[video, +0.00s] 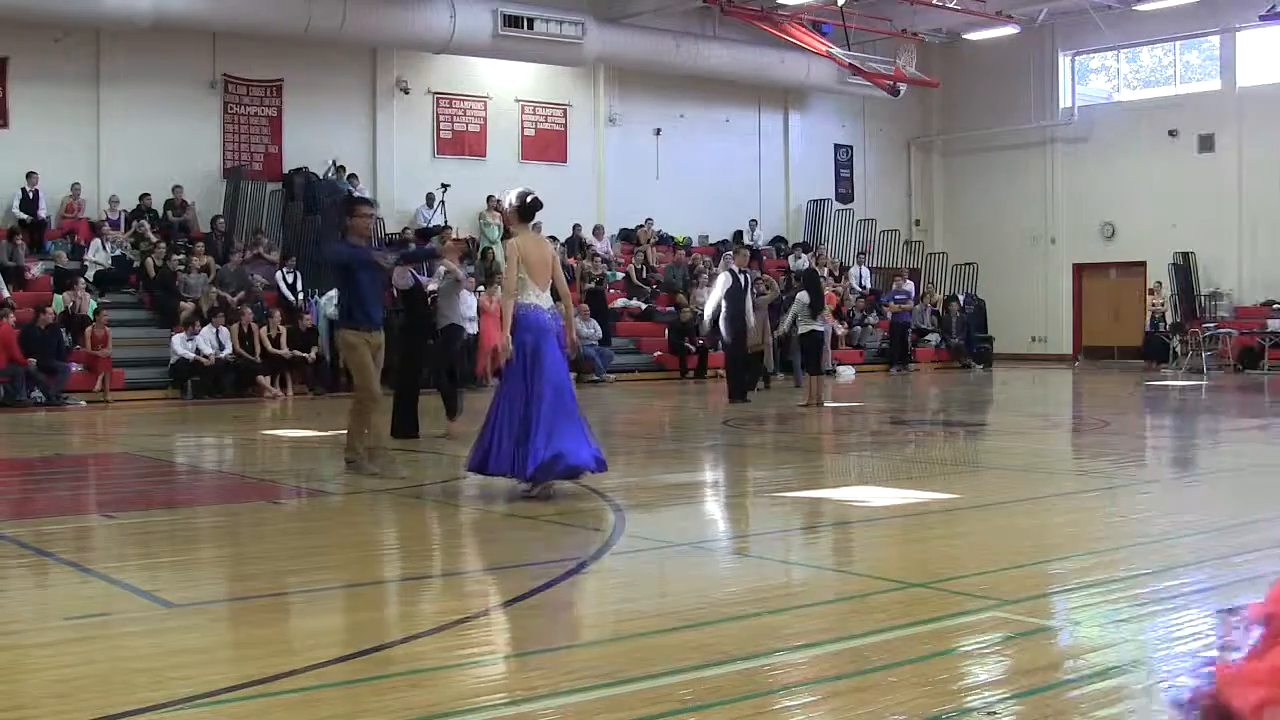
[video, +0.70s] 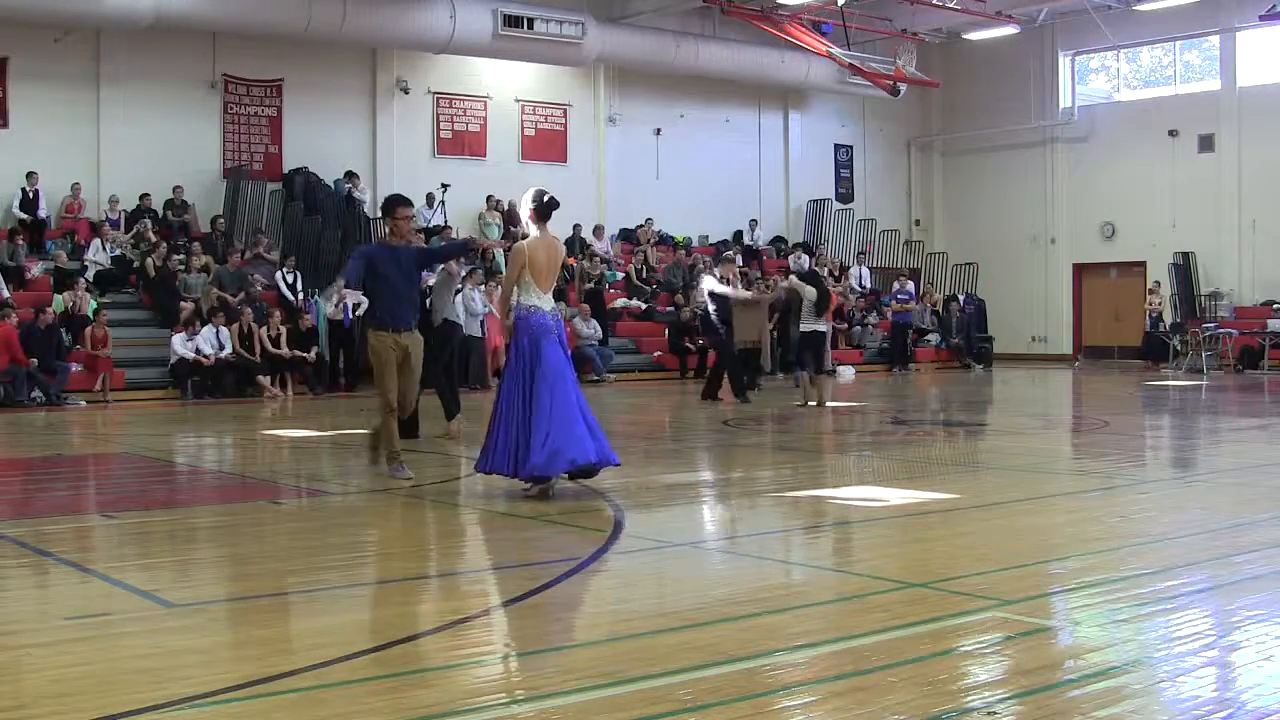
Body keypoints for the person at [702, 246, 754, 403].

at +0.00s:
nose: (747, 259)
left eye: (748, 256)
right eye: (744, 256)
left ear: (747, 258)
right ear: (735, 257)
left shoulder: (747, 277)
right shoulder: (726, 276)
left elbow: (749, 301)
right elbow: (714, 298)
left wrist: (751, 321)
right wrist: (707, 319)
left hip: (742, 320)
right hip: (728, 319)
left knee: (742, 355)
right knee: (732, 355)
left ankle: (741, 392)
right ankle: (734, 393)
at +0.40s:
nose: (749, 272)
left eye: (749, 268)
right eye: (747, 268)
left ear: (744, 267)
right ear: (737, 266)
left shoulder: (744, 285)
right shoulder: (724, 283)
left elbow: (753, 306)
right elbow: (717, 306)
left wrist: (763, 326)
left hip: (735, 326)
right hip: (724, 325)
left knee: (737, 359)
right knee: (732, 360)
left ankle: (718, 386)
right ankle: (735, 395)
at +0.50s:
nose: (745, 272)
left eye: (746, 270)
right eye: (743, 269)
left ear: (739, 269)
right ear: (734, 268)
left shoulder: (739, 284)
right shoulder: (719, 284)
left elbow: (747, 302)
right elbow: (729, 307)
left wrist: (754, 316)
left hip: (733, 323)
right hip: (721, 324)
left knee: (729, 359)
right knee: (731, 358)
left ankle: (712, 387)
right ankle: (736, 394)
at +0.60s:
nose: (737, 272)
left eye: (737, 269)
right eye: (735, 269)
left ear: (735, 269)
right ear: (726, 268)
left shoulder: (733, 281)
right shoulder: (713, 282)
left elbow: (739, 300)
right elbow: (730, 300)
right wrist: (751, 311)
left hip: (727, 322)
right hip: (716, 322)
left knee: (724, 356)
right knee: (730, 354)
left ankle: (710, 390)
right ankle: (739, 393)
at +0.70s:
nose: (734, 271)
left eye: (735, 268)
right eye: (732, 267)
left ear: (728, 266)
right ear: (724, 265)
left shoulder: (724, 281)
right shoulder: (709, 280)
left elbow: (737, 294)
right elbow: (729, 293)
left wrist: (735, 279)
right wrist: (752, 296)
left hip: (724, 321)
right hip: (712, 322)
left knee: (723, 356)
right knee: (729, 355)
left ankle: (710, 391)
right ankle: (740, 392)